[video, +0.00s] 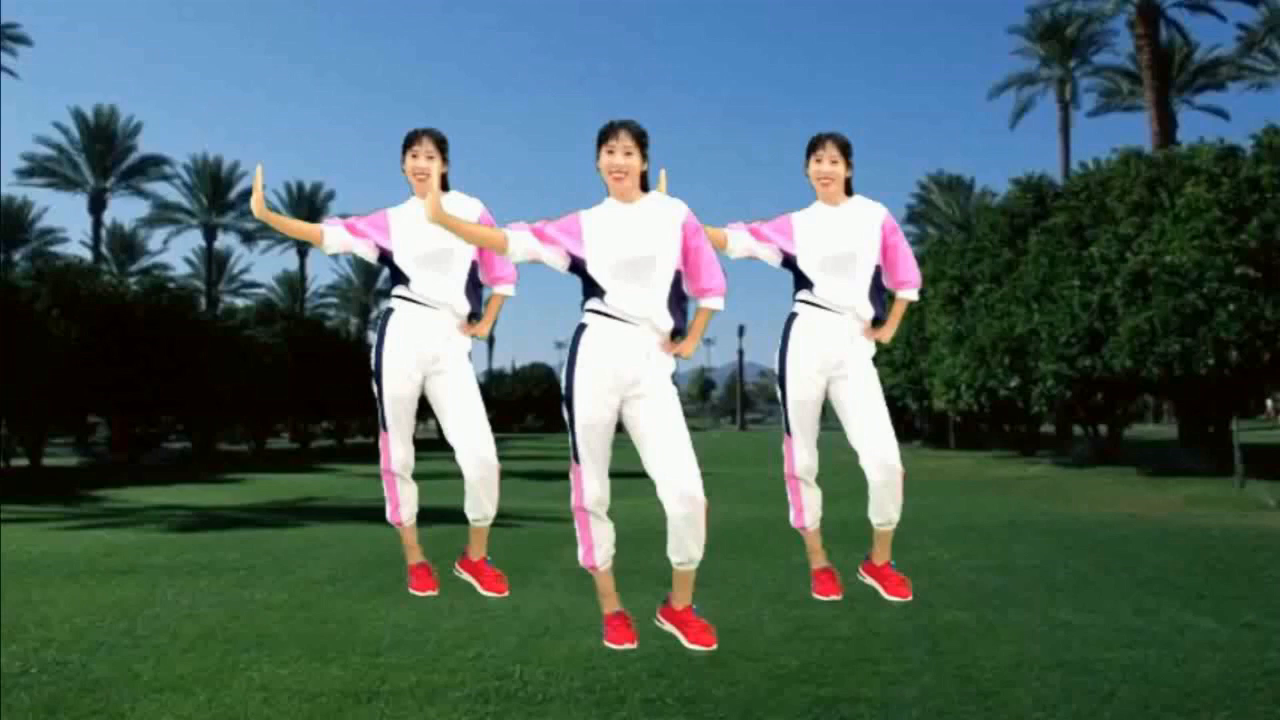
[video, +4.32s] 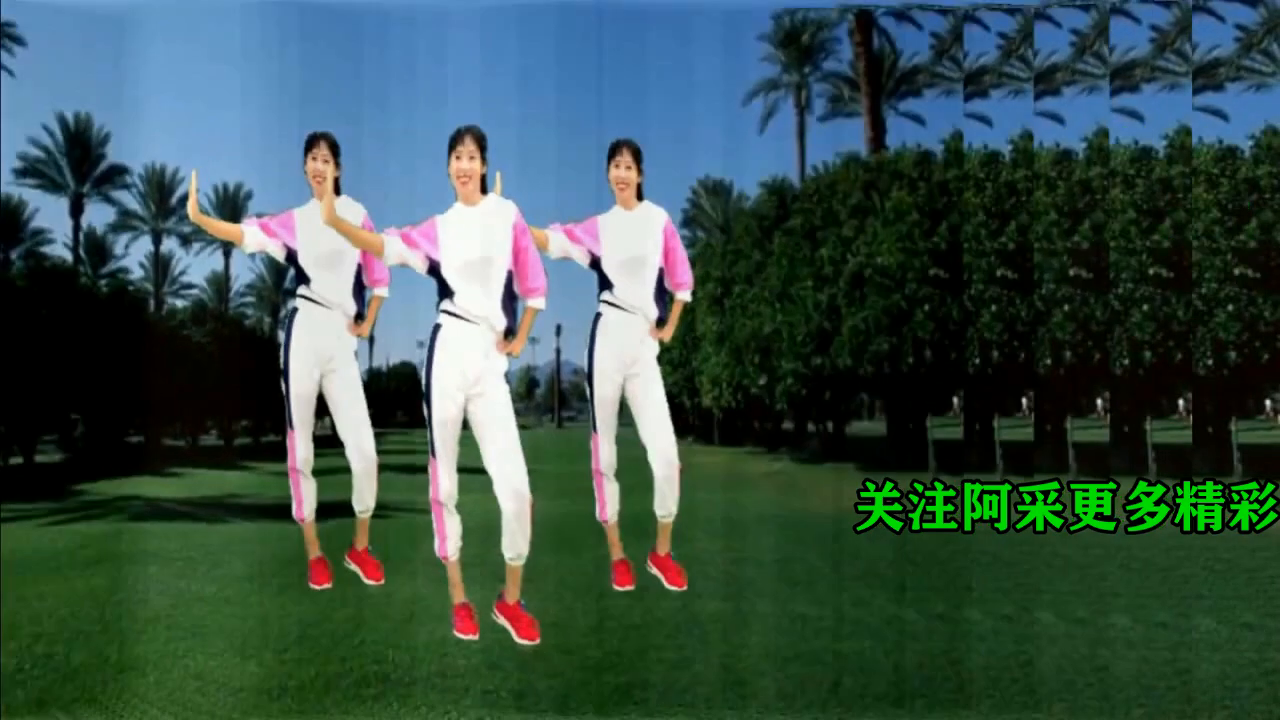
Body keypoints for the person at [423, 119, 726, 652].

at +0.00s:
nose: (618, 160)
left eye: (627, 152)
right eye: (609, 152)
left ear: (644, 162)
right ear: (598, 163)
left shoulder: (675, 216)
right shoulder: (586, 223)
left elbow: (710, 283)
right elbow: (509, 241)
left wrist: (690, 341)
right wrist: (442, 218)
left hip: (653, 353)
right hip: (598, 348)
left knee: (686, 492)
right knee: (594, 489)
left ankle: (680, 606)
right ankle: (612, 611)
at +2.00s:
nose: (618, 160)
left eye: (628, 152)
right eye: (609, 152)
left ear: (644, 162)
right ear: (598, 163)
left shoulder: (675, 216)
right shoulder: (586, 222)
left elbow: (711, 285)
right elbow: (510, 241)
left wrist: (689, 342)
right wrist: (443, 218)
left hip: (654, 353)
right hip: (598, 348)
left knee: (686, 492)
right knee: (593, 489)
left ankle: (679, 607)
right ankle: (612, 610)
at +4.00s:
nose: (618, 160)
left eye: (628, 152)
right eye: (609, 152)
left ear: (644, 162)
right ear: (598, 163)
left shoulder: (675, 215)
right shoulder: (586, 223)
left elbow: (711, 284)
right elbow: (510, 241)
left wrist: (689, 342)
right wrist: (443, 217)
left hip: (654, 353)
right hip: (598, 348)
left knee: (686, 492)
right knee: (593, 489)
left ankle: (679, 607)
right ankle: (612, 611)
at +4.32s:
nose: (622, 173)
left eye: (629, 167)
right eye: (616, 167)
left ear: (640, 174)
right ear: (607, 174)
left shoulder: (659, 220)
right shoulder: (598, 225)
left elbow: (682, 278)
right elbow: (549, 241)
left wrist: (669, 327)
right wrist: (509, 219)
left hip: (646, 339)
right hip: (608, 335)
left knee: (666, 453)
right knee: (605, 451)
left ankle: (662, 553)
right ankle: (617, 555)